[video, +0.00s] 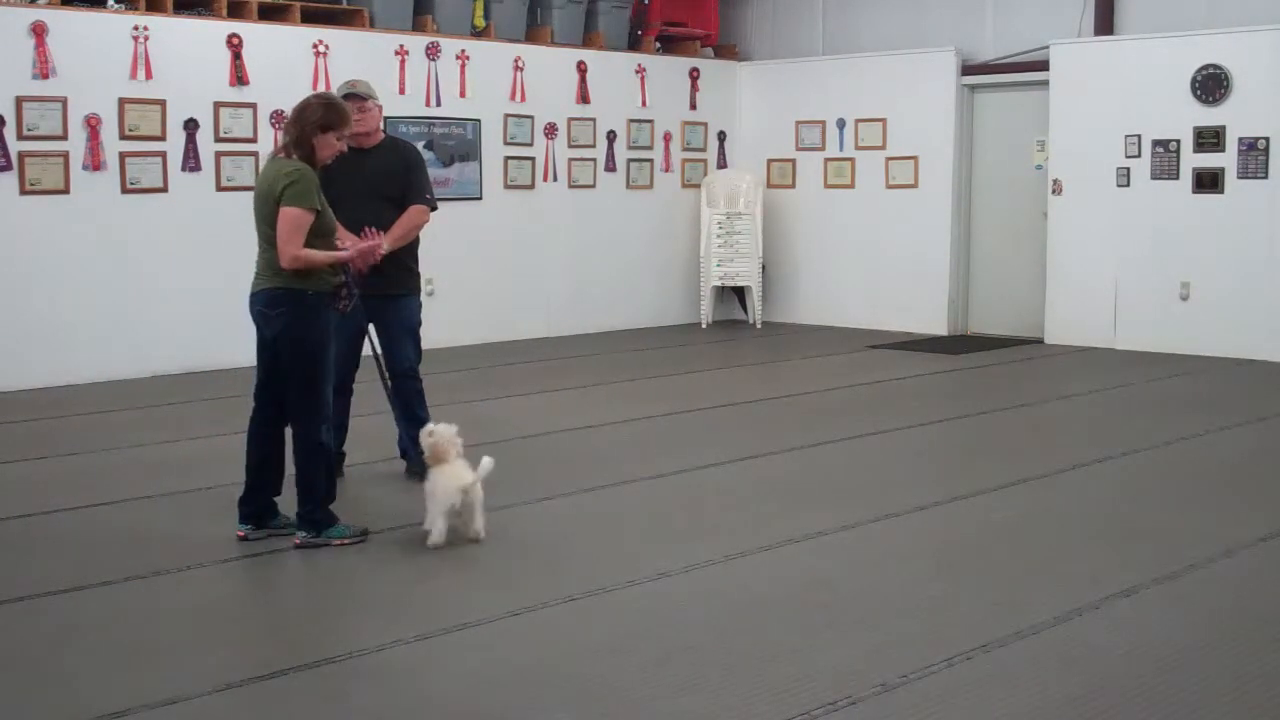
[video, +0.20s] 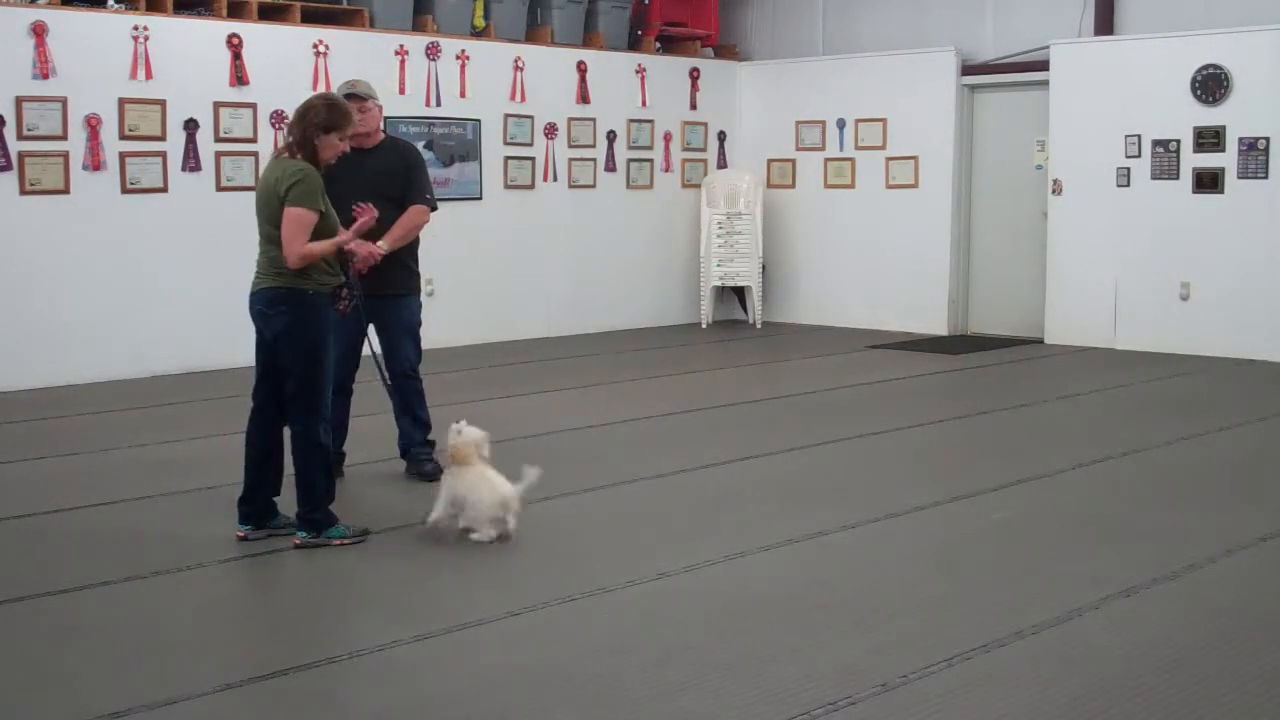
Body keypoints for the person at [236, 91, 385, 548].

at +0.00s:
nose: (341, 149)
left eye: (344, 141)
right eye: (338, 140)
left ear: (306, 133)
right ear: (315, 133)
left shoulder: (276, 169)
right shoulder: (301, 179)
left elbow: (316, 228)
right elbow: (290, 255)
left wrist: (353, 246)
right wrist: (345, 255)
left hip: (274, 299)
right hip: (299, 303)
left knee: (269, 409)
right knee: (313, 412)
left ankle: (256, 513)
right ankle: (315, 519)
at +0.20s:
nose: (344, 150)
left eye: (347, 142)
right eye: (341, 140)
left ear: (311, 133)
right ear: (317, 133)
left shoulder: (276, 170)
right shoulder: (305, 178)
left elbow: (303, 244)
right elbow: (295, 254)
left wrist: (349, 233)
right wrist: (343, 240)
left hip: (272, 299)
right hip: (299, 303)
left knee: (268, 408)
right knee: (311, 412)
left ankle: (256, 514)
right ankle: (315, 519)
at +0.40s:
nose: (345, 149)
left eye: (347, 140)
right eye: (341, 139)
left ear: (313, 134)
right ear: (317, 133)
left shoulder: (279, 170)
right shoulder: (303, 176)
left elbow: (297, 237)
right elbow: (297, 253)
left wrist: (342, 218)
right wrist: (343, 226)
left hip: (272, 299)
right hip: (299, 302)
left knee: (267, 408)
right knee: (311, 412)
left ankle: (257, 514)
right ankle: (315, 519)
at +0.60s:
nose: (343, 146)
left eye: (345, 138)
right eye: (340, 137)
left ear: (311, 132)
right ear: (315, 131)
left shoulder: (277, 170)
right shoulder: (301, 176)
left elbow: (296, 238)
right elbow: (295, 253)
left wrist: (338, 214)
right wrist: (338, 226)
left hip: (272, 299)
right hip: (299, 302)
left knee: (266, 409)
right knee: (311, 412)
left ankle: (256, 514)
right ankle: (316, 518)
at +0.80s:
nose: (338, 143)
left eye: (340, 135)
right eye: (335, 134)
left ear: (305, 132)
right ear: (310, 130)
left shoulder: (277, 170)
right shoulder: (298, 176)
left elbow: (296, 239)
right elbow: (290, 252)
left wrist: (334, 216)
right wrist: (335, 228)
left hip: (273, 299)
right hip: (297, 302)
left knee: (266, 409)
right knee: (311, 412)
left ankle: (256, 515)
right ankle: (316, 520)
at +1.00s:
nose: (336, 144)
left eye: (338, 136)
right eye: (333, 134)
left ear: (302, 131)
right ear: (308, 131)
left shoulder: (276, 170)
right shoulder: (294, 176)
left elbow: (294, 238)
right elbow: (287, 252)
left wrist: (338, 244)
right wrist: (334, 221)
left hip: (274, 298)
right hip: (295, 302)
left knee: (266, 408)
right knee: (310, 411)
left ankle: (256, 515)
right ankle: (316, 519)